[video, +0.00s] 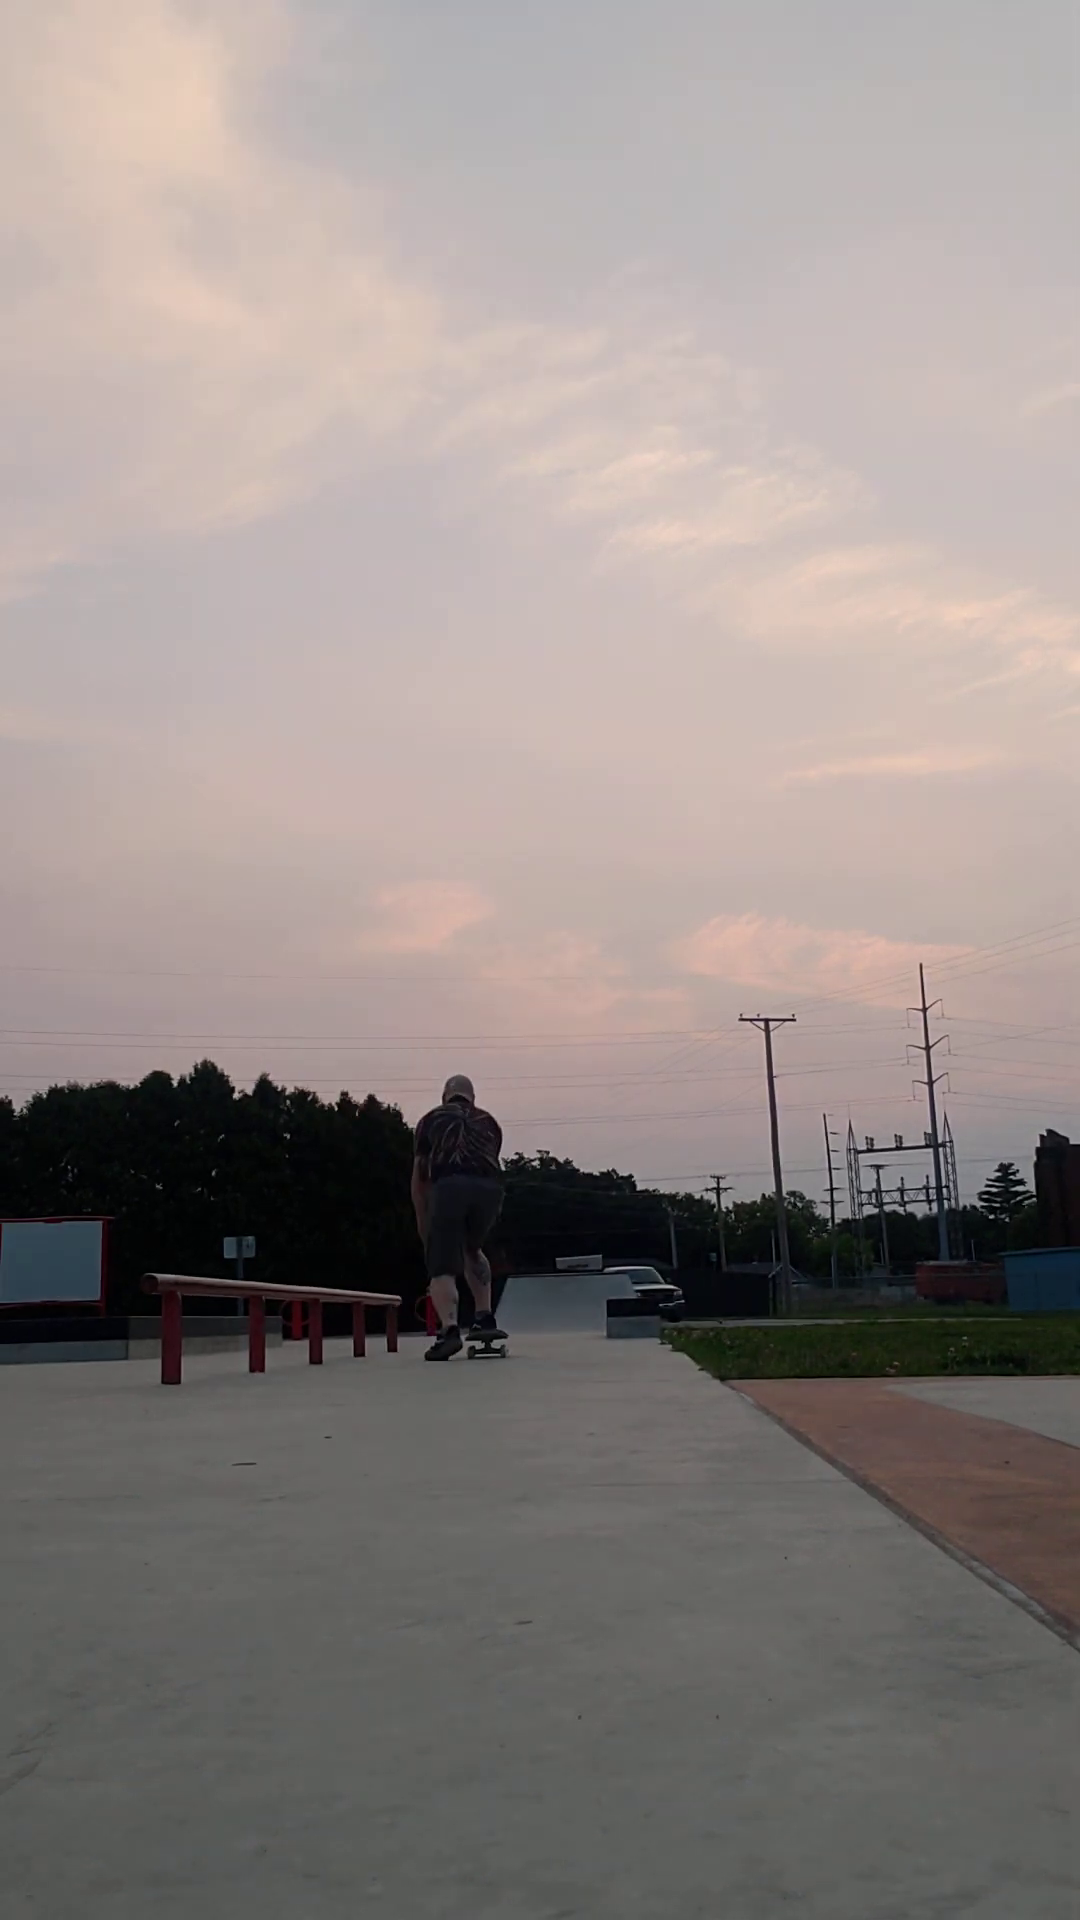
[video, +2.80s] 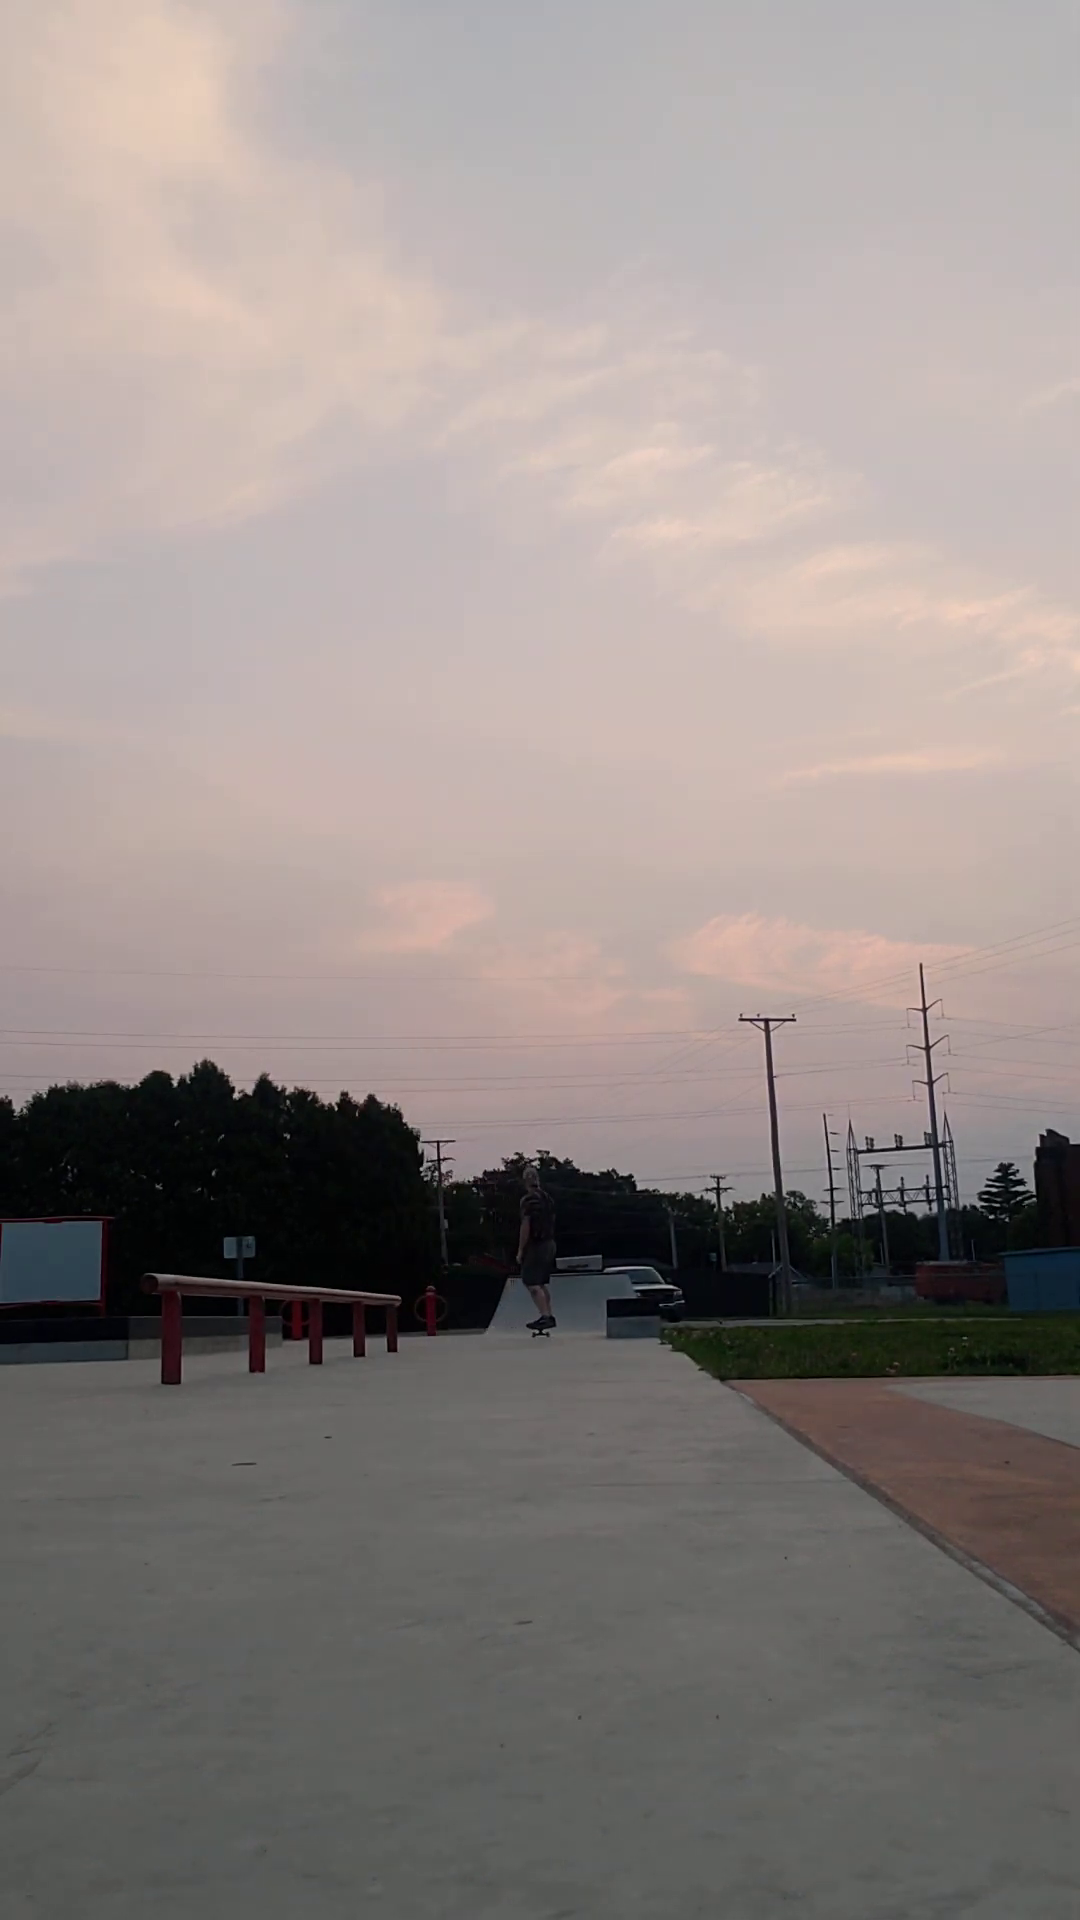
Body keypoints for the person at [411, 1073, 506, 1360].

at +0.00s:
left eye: (447, 1096)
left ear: (444, 1096)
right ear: (473, 1097)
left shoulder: (429, 1120)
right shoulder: (490, 1121)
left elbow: (419, 1178)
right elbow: (490, 1169)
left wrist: (423, 1225)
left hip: (446, 1193)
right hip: (488, 1193)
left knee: (441, 1265)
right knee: (473, 1248)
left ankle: (449, 1331)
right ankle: (485, 1319)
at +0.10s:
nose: (464, 1105)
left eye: (460, 1100)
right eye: (471, 1101)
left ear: (454, 1099)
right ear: (482, 1100)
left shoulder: (437, 1126)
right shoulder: (499, 1130)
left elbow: (432, 1166)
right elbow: (499, 1166)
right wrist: (474, 1171)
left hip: (453, 1198)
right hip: (492, 1200)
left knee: (446, 1264)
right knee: (482, 1252)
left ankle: (446, 1315)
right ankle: (487, 1318)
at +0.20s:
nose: (473, 1102)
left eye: (469, 1098)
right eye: (479, 1099)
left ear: (464, 1097)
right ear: (490, 1097)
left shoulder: (447, 1122)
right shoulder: (506, 1127)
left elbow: (443, 1161)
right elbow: (505, 1164)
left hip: (459, 1193)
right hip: (496, 1196)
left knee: (451, 1248)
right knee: (489, 1253)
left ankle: (452, 1281)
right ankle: (490, 1318)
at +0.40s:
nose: (480, 1095)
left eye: (474, 1091)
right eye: (485, 1092)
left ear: (470, 1092)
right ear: (495, 1091)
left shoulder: (460, 1118)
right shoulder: (512, 1120)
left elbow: (453, 1165)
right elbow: (514, 1161)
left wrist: (461, 1190)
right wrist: (501, 1183)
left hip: (477, 1192)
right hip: (509, 1193)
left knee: (453, 1258)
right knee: (491, 1257)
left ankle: (492, 1288)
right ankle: (495, 1322)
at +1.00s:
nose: (489, 1115)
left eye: (488, 1111)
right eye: (496, 1110)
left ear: (487, 1111)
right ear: (508, 1110)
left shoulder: (488, 1133)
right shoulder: (521, 1138)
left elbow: (483, 1165)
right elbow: (525, 1181)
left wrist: (464, 1199)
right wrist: (525, 1217)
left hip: (498, 1205)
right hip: (519, 1206)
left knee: (494, 1261)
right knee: (508, 1263)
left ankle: (516, 1316)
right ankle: (516, 1315)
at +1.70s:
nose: (506, 1152)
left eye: (504, 1148)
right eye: (509, 1148)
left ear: (501, 1148)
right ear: (518, 1147)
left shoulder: (500, 1168)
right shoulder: (528, 1168)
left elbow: (493, 1200)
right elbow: (534, 1201)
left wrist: (486, 1225)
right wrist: (536, 1230)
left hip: (510, 1225)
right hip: (529, 1224)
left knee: (508, 1272)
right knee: (520, 1272)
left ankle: (523, 1316)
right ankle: (527, 1316)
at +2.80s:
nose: (529, 1181)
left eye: (527, 1179)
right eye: (530, 1178)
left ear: (525, 1181)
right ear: (538, 1180)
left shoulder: (527, 1200)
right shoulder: (546, 1197)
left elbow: (525, 1226)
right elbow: (550, 1222)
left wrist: (520, 1250)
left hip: (535, 1245)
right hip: (548, 1244)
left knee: (531, 1281)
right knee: (542, 1282)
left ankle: (545, 1315)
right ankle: (548, 1316)